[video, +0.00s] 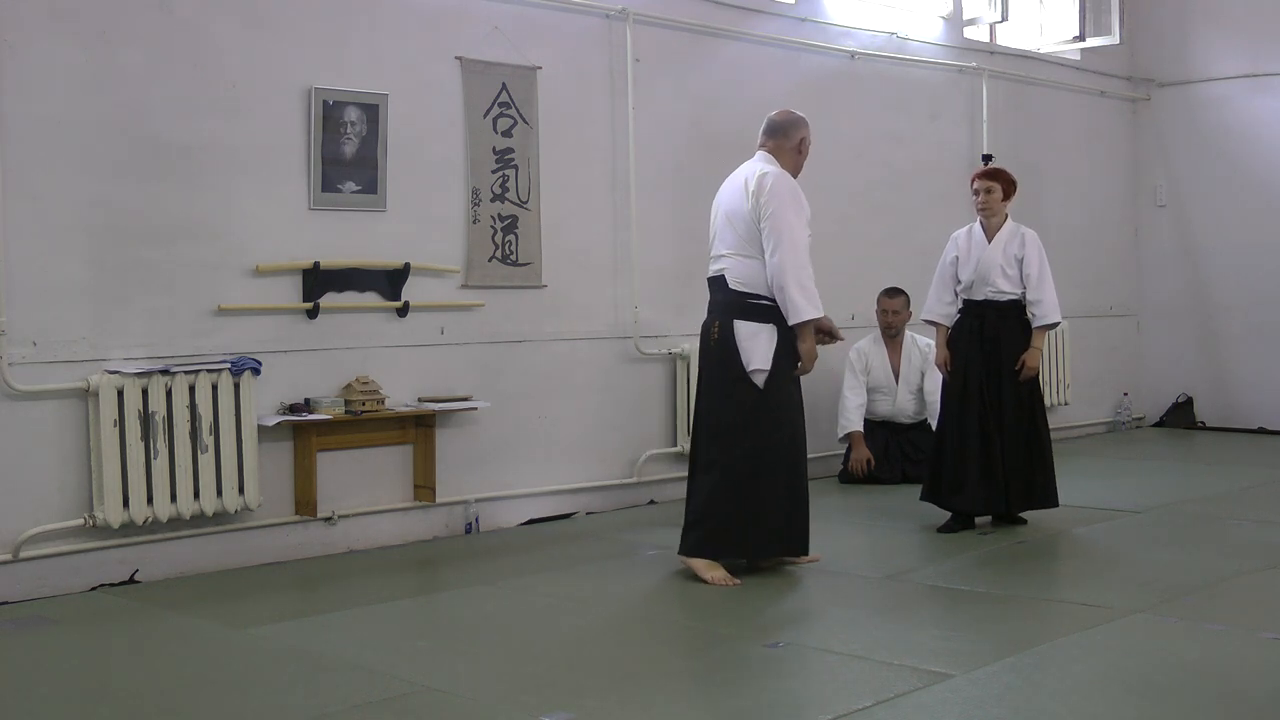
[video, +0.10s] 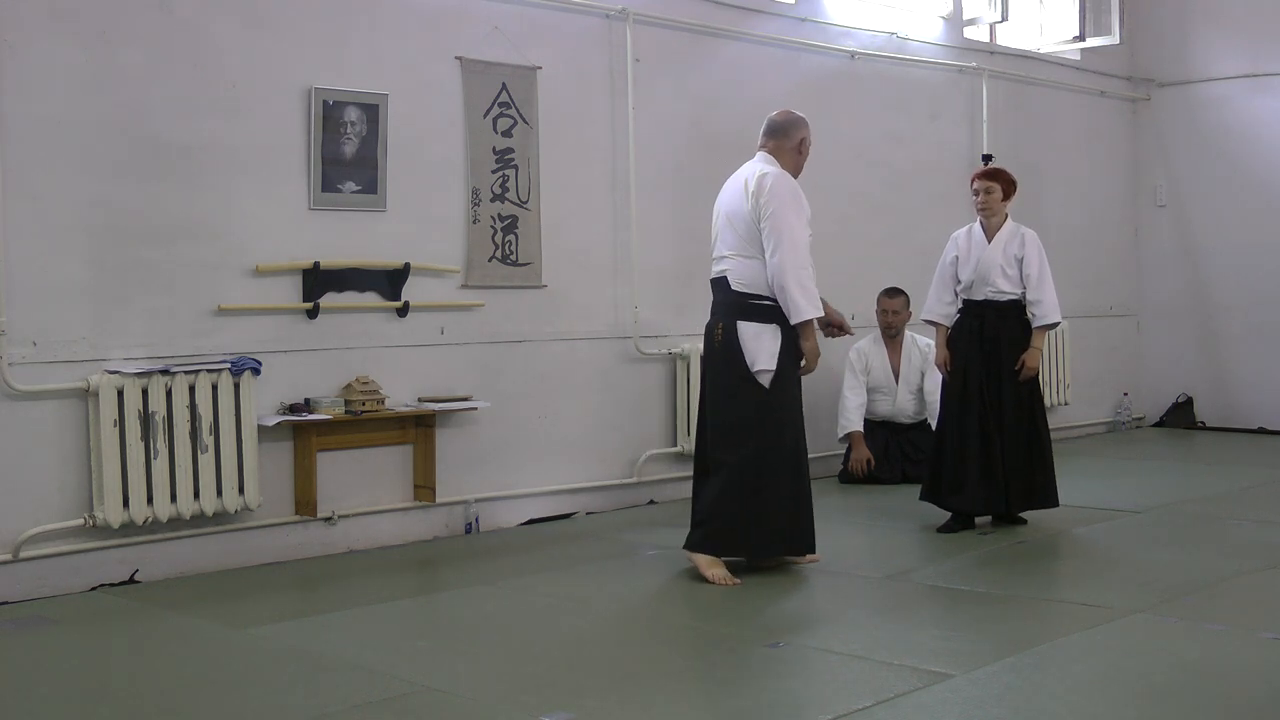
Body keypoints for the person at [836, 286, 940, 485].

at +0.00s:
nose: (889, 320)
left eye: (896, 313)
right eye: (884, 313)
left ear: (908, 316)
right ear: (876, 314)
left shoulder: (927, 350)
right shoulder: (861, 351)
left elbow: (936, 398)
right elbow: (852, 399)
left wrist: (946, 438)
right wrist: (857, 443)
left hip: (917, 430)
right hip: (875, 431)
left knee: (937, 470)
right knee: (856, 471)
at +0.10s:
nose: (889, 320)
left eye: (896, 313)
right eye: (884, 313)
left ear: (908, 316)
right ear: (876, 314)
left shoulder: (926, 349)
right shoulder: (861, 351)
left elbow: (936, 398)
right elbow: (852, 398)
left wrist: (947, 438)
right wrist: (857, 443)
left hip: (916, 430)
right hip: (875, 431)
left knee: (938, 470)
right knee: (856, 471)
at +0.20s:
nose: (889, 320)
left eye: (896, 313)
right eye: (884, 313)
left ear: (908, 316)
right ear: (876, 314)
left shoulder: (926, 350)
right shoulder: (861, 351)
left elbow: (936, 399)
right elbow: (852, 398)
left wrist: (946, 439)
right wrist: (857, 443)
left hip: (916, 431)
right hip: (874, 432)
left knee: (937, 470)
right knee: (856, 471)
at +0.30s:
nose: (889, 319)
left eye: (896, 313)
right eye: (884, 313)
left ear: (908, 316)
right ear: (876, 314)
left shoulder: (926, 349)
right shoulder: (861, 351)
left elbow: (936, 399)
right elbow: (852, 398)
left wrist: (946, 439)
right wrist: (857, 443)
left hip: (916, 431)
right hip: (874, 431)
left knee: (937, 470)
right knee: (856, 471)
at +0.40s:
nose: (890, 319)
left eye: (896, 313)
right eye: (884, 312)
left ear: (908, 316)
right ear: (876, 314)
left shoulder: (926, 349)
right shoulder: (861, 351)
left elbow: (936, 399)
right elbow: (852, 398)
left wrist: (946, 439)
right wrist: (857, 443)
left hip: (916, 431)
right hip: (874, 432)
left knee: (937, 470)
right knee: (856, 471)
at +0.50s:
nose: (890, 318)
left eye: (897, 312)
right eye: (885, 312)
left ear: (908, 316)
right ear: (876, 314)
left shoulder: (926, 349)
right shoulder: (861, 351)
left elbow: (936, 397)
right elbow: (852, 398)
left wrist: (945, 438)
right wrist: (857, 443)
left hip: (916, 430)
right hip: (874, 431)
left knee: (935, 470)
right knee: (856, 471)